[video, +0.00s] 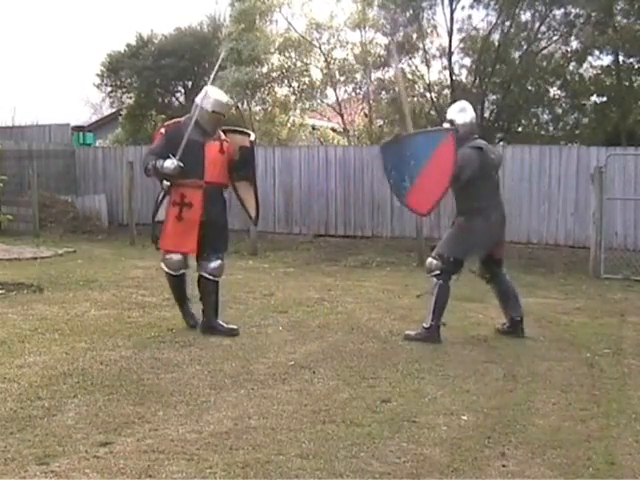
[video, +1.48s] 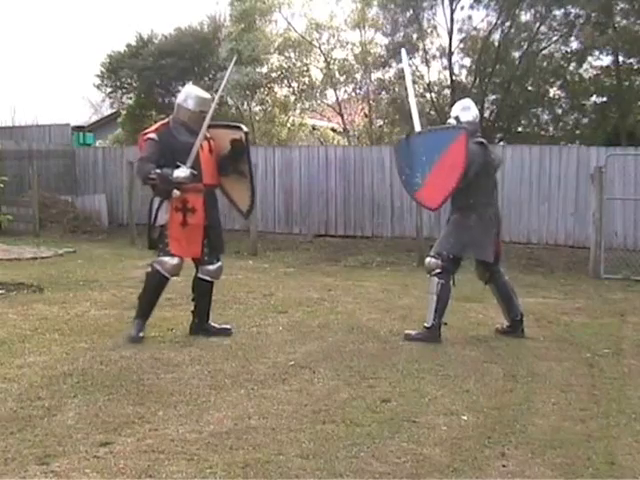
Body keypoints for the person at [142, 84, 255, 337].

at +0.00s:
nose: (217, 120)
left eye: (221, 115)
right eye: (213, 114)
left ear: (223, 115)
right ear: (199, 108)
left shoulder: (223, 140)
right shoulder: (174, 131)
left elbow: (237, 176)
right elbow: (148, 161)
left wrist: (247, 151)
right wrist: (160, 166)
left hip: (213, 203)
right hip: (181, 202)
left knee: (212, 263)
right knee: (174, 259)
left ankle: (210, 319)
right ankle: (184, 308)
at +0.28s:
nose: (215, 119)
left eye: (217, 115)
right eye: (211, 113)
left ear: (217, 115)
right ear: (196, 108)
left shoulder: (216, 141)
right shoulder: (168, 130)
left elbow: (230, 174)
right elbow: (141, 159)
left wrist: (240, 155)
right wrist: (155, 162)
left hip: (205, 206)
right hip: (173, 204)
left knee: (209, 266)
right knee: (158, 259)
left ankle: (210, 321)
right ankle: (138, 320)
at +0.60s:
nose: (183, 120)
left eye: (187, 116)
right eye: (180, 114)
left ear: (189, 116)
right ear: (166, 110)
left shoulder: (189, 142)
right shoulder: (145, 135)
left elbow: (204, 174)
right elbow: (123, 165)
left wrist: (224, 157)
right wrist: (145, 169)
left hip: (185, 210)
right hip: (152, 209)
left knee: (200, 268)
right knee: (140, 265)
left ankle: (209, 321)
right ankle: (126, 324)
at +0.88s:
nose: (171, 121)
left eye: (175, 116)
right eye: (167, 115)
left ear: (177, 116)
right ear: (154, 110)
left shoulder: (176, 140)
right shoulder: (131, 136)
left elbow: (188, 173)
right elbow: (113, 167)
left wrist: (208, 154)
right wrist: (132, 176)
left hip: (176, 208)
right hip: (144, 209)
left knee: (197, 265)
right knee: (138, 266)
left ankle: (204, 320)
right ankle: (126, 325)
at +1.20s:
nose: (190, 119)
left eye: (191, 115)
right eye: (185, 114)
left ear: (191, 114)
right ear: (168, 111)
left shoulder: (189, 141)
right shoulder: (145, 137)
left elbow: (199, 174)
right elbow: (127, 170)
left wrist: (219, 155)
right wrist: (148, 181)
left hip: (190, 208)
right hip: (158, 209)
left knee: (204, 266)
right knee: (148, 266)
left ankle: (201, 322)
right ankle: (126, 324)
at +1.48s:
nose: (202, 119)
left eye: (204, 114)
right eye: (198, 113)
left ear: (205, 113)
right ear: (182, 109)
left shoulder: (205, 139)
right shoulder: (159, 136)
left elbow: (215, 171)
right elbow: (144, 167)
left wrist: (235, 154)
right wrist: (165, 177)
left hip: (205, 208)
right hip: (173, 207)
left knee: (210, 265)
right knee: (170, 261)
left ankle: (201, 321)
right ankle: (140, 320)